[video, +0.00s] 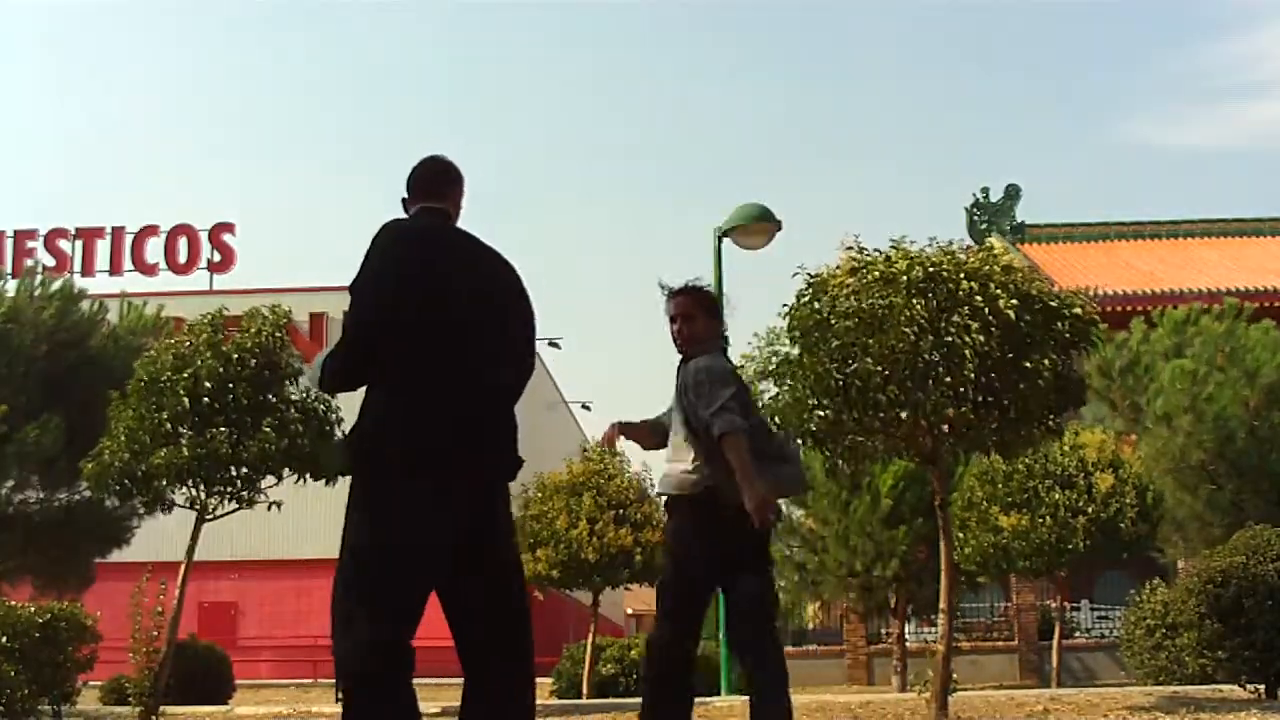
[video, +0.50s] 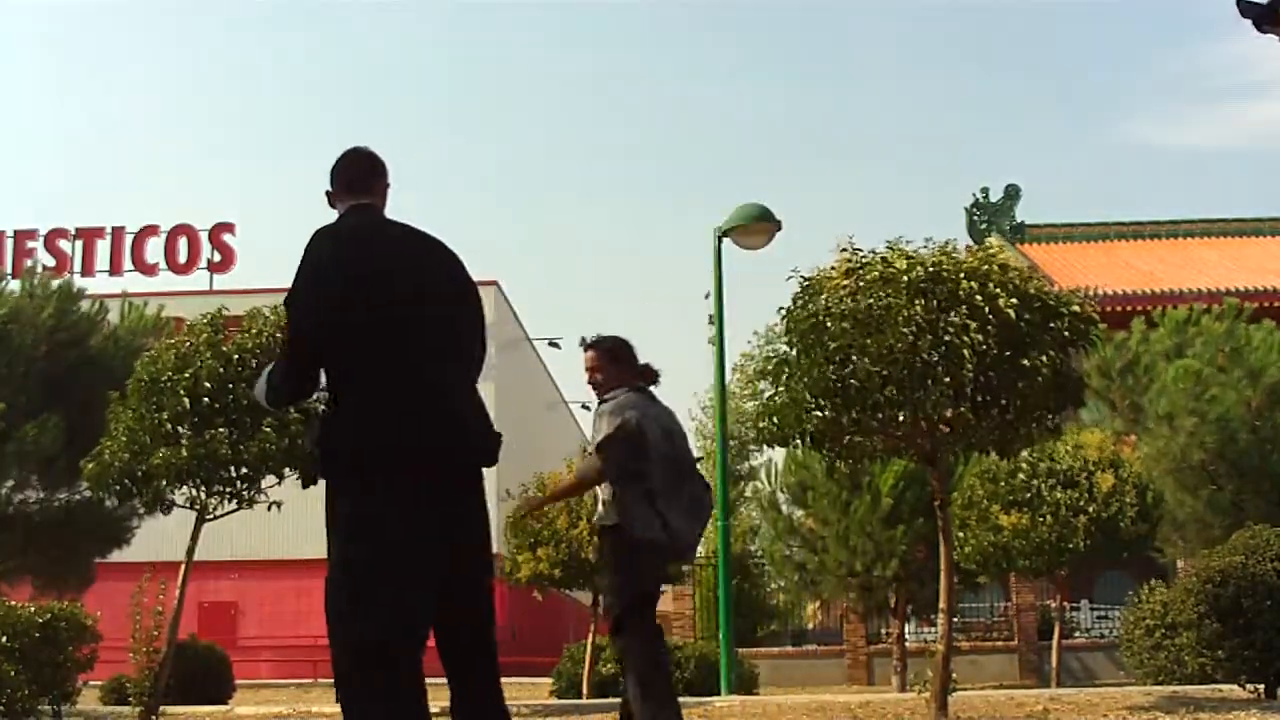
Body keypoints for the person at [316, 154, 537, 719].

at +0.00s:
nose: (419, 210)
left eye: (412, 202)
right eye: (442, 199)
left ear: (406, 201)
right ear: (460, 201)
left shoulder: (394, 244)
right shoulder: (499, 270)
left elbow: (362, 353)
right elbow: (518, 365)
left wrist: (328, 371)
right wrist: (473, 404)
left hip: (396, 472)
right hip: (478, 476)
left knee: (370, 636)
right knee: (498, 642)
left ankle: (383, 719)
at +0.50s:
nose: (341, 205)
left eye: (334, 198)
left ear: (333, 197)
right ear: (387, 190)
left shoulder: (327, 250)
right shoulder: (441, 254)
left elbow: (298, 375)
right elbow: (472, 353)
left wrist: (267, 388)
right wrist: (433, 402)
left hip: (368, 462)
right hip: (451, 459)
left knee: (374, 632)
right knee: (468, 633)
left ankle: (385, 718)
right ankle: (483, 717)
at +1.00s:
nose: (328, 206)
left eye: (323, 199)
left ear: (319, 198)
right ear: (375, 195)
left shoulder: (302, 258)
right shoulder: (424, 254)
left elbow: (277, 392)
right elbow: (472, 360)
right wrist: (488, 444)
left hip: (350, 483)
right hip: (435, 474)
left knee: (368, 650)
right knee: (469, 639)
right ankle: (485, 717)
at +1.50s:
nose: (371, 218)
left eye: (363, 210)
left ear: (361, 210)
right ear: (413, 211)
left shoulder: (342, 269)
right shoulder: (456, 274)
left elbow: (317, 387)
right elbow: (491, 385)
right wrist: (473, 464)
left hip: (371, 475)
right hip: (450, 475)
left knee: (379, 647)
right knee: (467, 640)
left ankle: (386, 714)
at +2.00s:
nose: (345, 212)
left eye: (336, 203)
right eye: (371, 200)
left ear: (331, 203)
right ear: (385, 202)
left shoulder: (306, 258)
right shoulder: (425, 258)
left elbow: (273, 353)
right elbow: (481, 355)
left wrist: (324, 394)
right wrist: (508, 425)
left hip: (344, 465)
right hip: (425, 459)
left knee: (358, 629)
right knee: (447, 625)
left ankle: (370, 715)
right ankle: (468, 715)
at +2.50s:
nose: (362, 228)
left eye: (363, 220)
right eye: (362, 219)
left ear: (304, 213)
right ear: (349, 214)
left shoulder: (263, 279)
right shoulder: (380, 261)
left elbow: (249, 383)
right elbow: (453, 365)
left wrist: (301, 422)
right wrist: (460, 430)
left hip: (319, 486)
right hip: (405, 479)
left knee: (299, 643)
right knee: (459, 639)